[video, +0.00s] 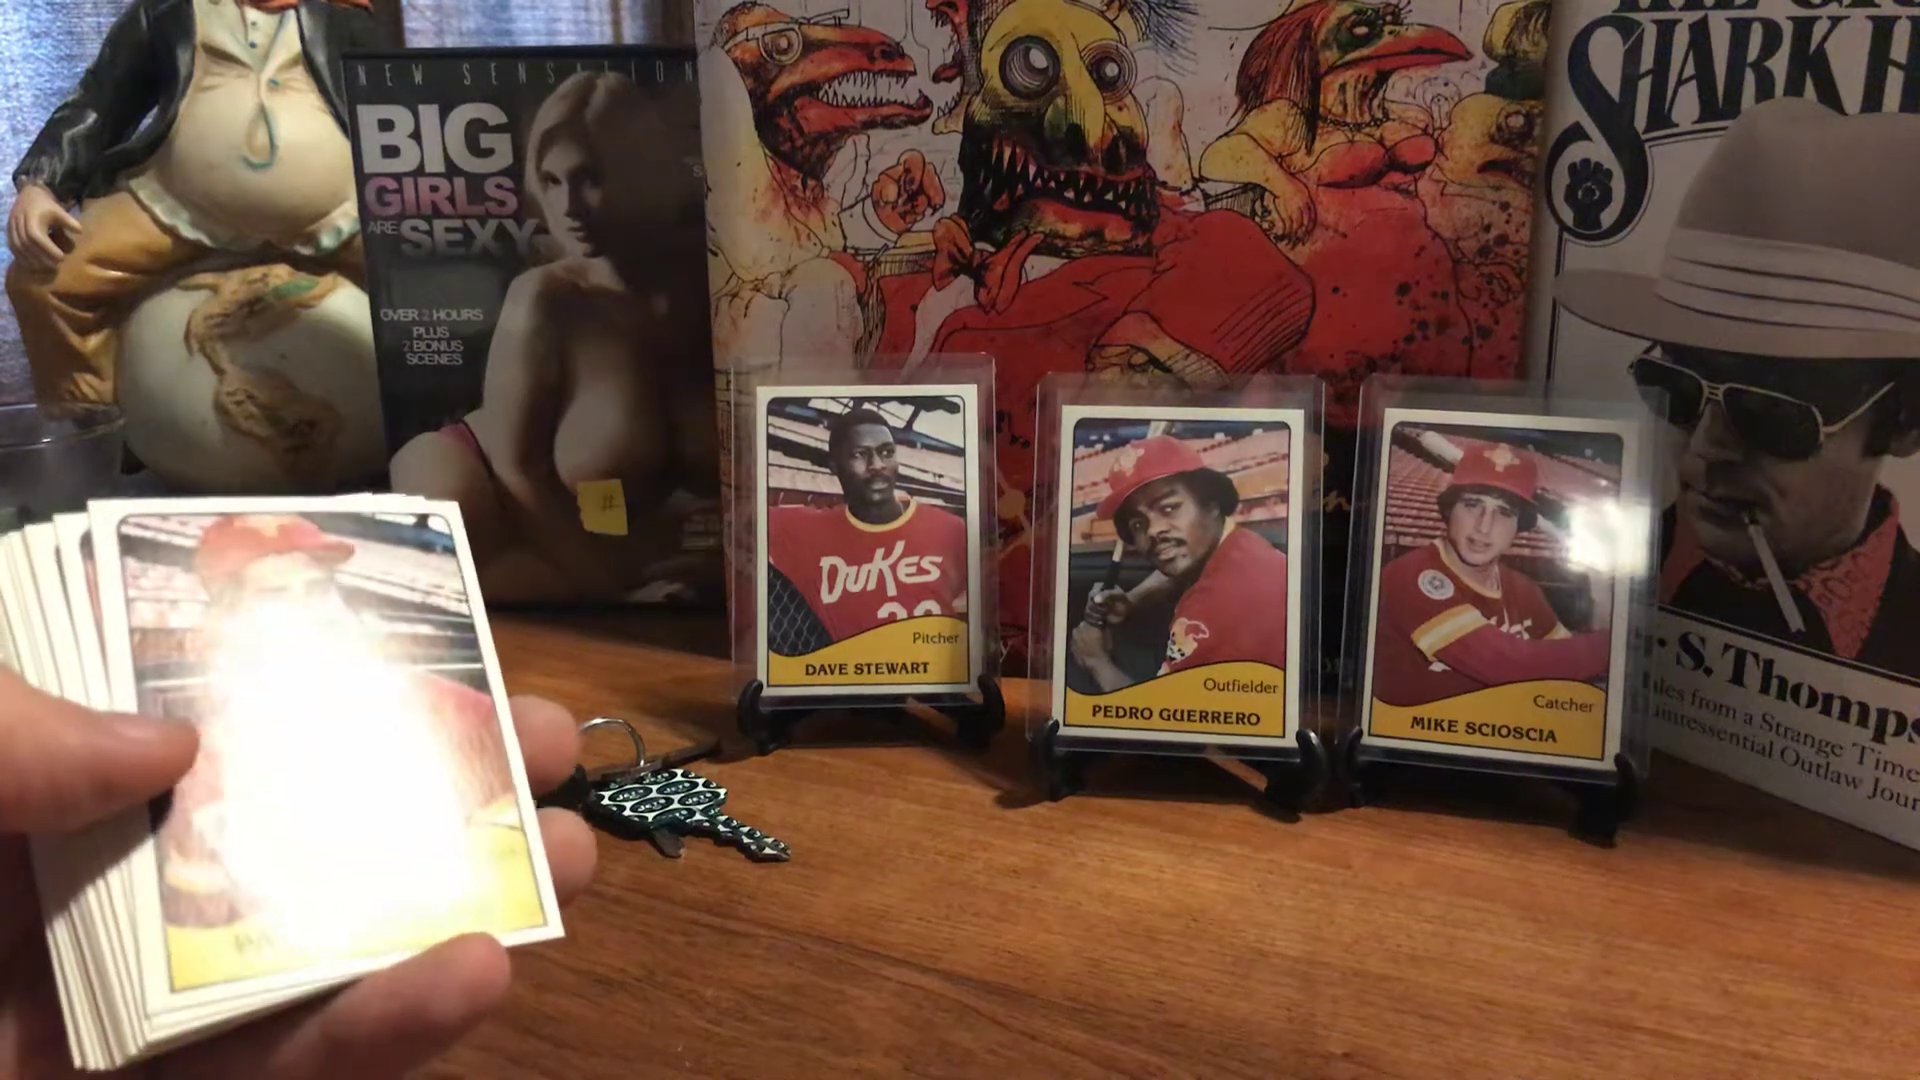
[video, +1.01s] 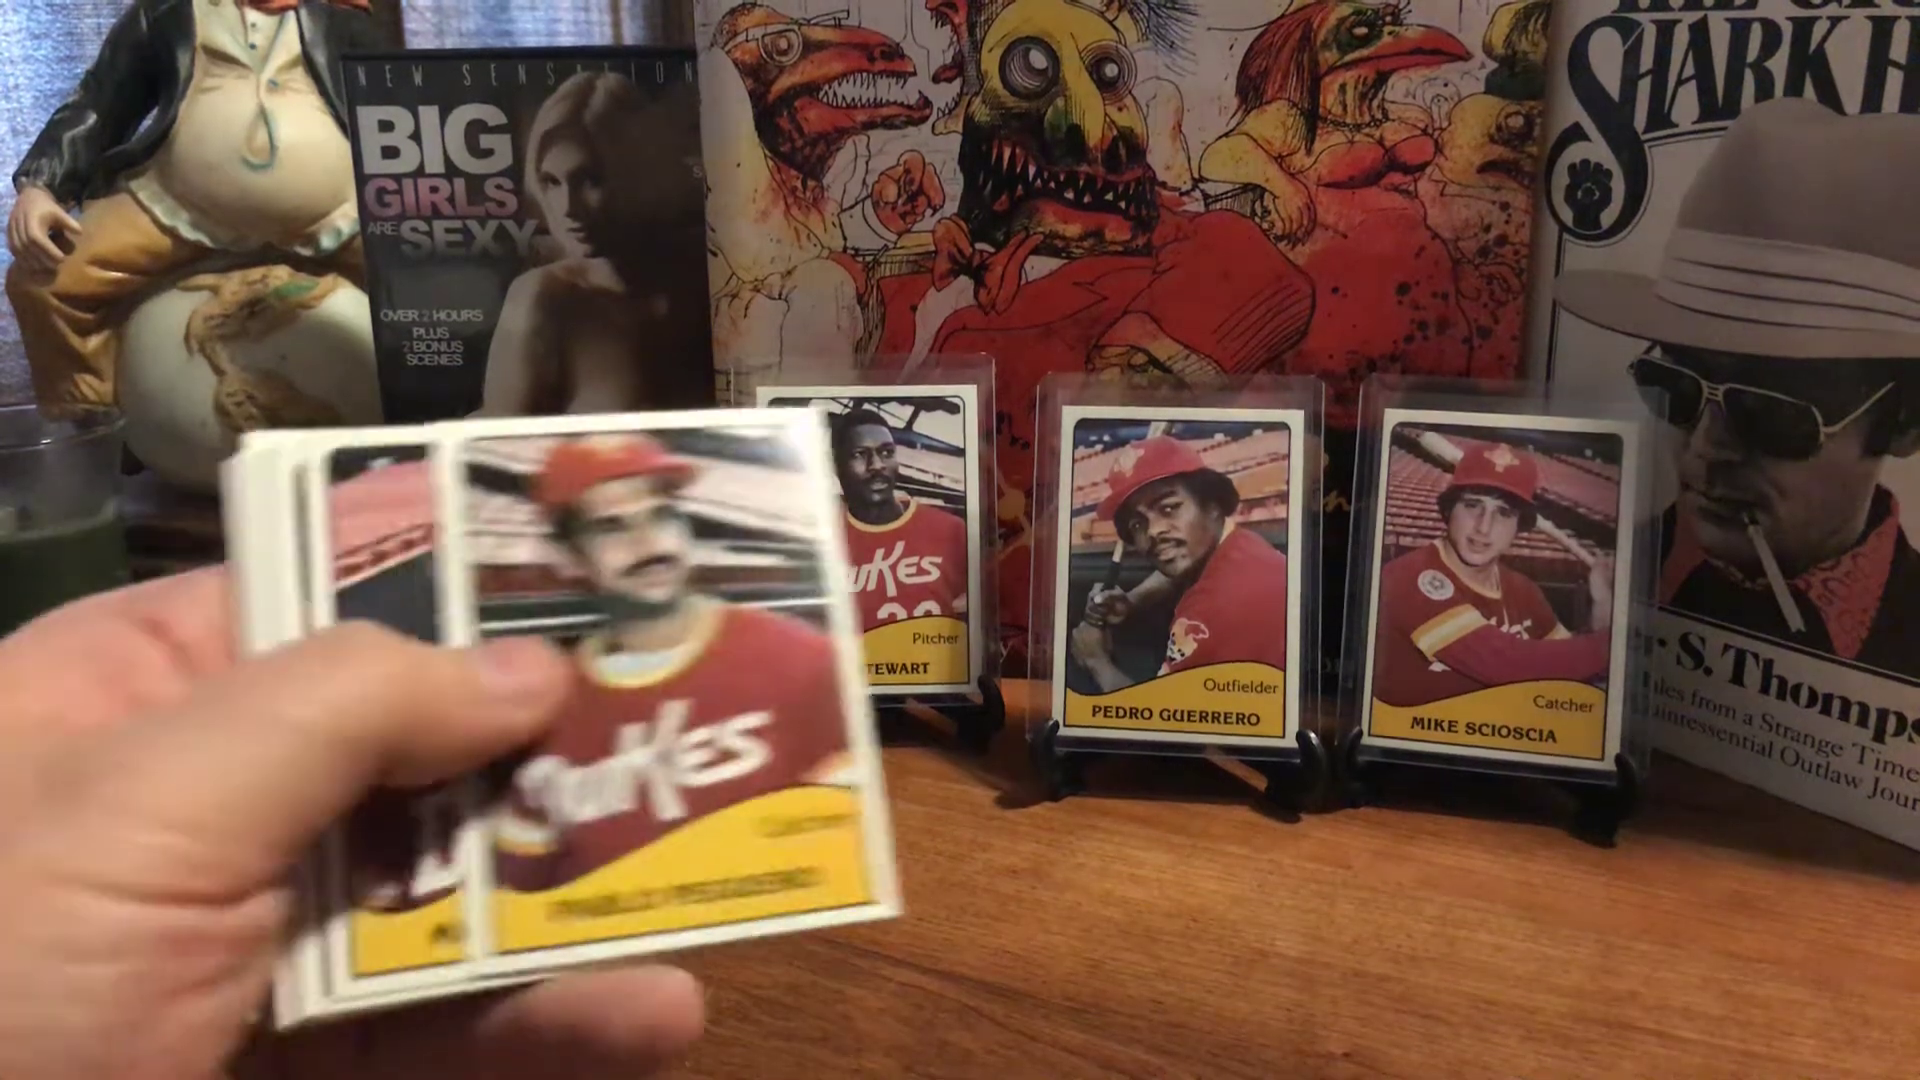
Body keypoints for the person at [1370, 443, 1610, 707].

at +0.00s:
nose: (1484, 526)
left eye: (1503, 513)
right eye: (1472, 505)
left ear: (1518, 526)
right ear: (1448, 509)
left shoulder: (1523, 591)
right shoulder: (1412, 578)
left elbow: (1569, 662)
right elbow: (1503, 664)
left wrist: (1629, 637)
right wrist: (1621, 642)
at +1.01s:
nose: (1483, 527)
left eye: (1503, 513)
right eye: (1472, 505)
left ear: (1519, 526)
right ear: (1449, 509)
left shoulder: (1522, 591)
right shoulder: (1413, 579)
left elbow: (1575, 671)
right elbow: (1501, 664)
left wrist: (1603, 606)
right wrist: (1616, 642)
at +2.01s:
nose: (1484, 526)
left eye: (1504, 512)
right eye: (1474, 505)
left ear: (1520, 527)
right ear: (1449, 509)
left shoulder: (1521, 590)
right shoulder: (1414, 578)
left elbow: (1578, 668)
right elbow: (1504, 664)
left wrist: (1603, 601)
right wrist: (1619, 642)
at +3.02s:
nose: (1488, 526)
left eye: (1508, 513)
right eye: (1477, 505)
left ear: (1525, 528)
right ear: (1453, 509)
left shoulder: (1526, 590)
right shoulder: (1417, 577)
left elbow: (1580, 671)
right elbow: (1505, 665)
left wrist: (1607, 607)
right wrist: (1616, 644)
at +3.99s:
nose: (1486, 524)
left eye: (1506, 511)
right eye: (1475, 503)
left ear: (1522, 525)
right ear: (1451, 507)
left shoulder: (1524, 590)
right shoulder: (1416, 577)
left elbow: (1579, 671)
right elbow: (1505, 664)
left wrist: (1605, 608)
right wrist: (1623, 643)